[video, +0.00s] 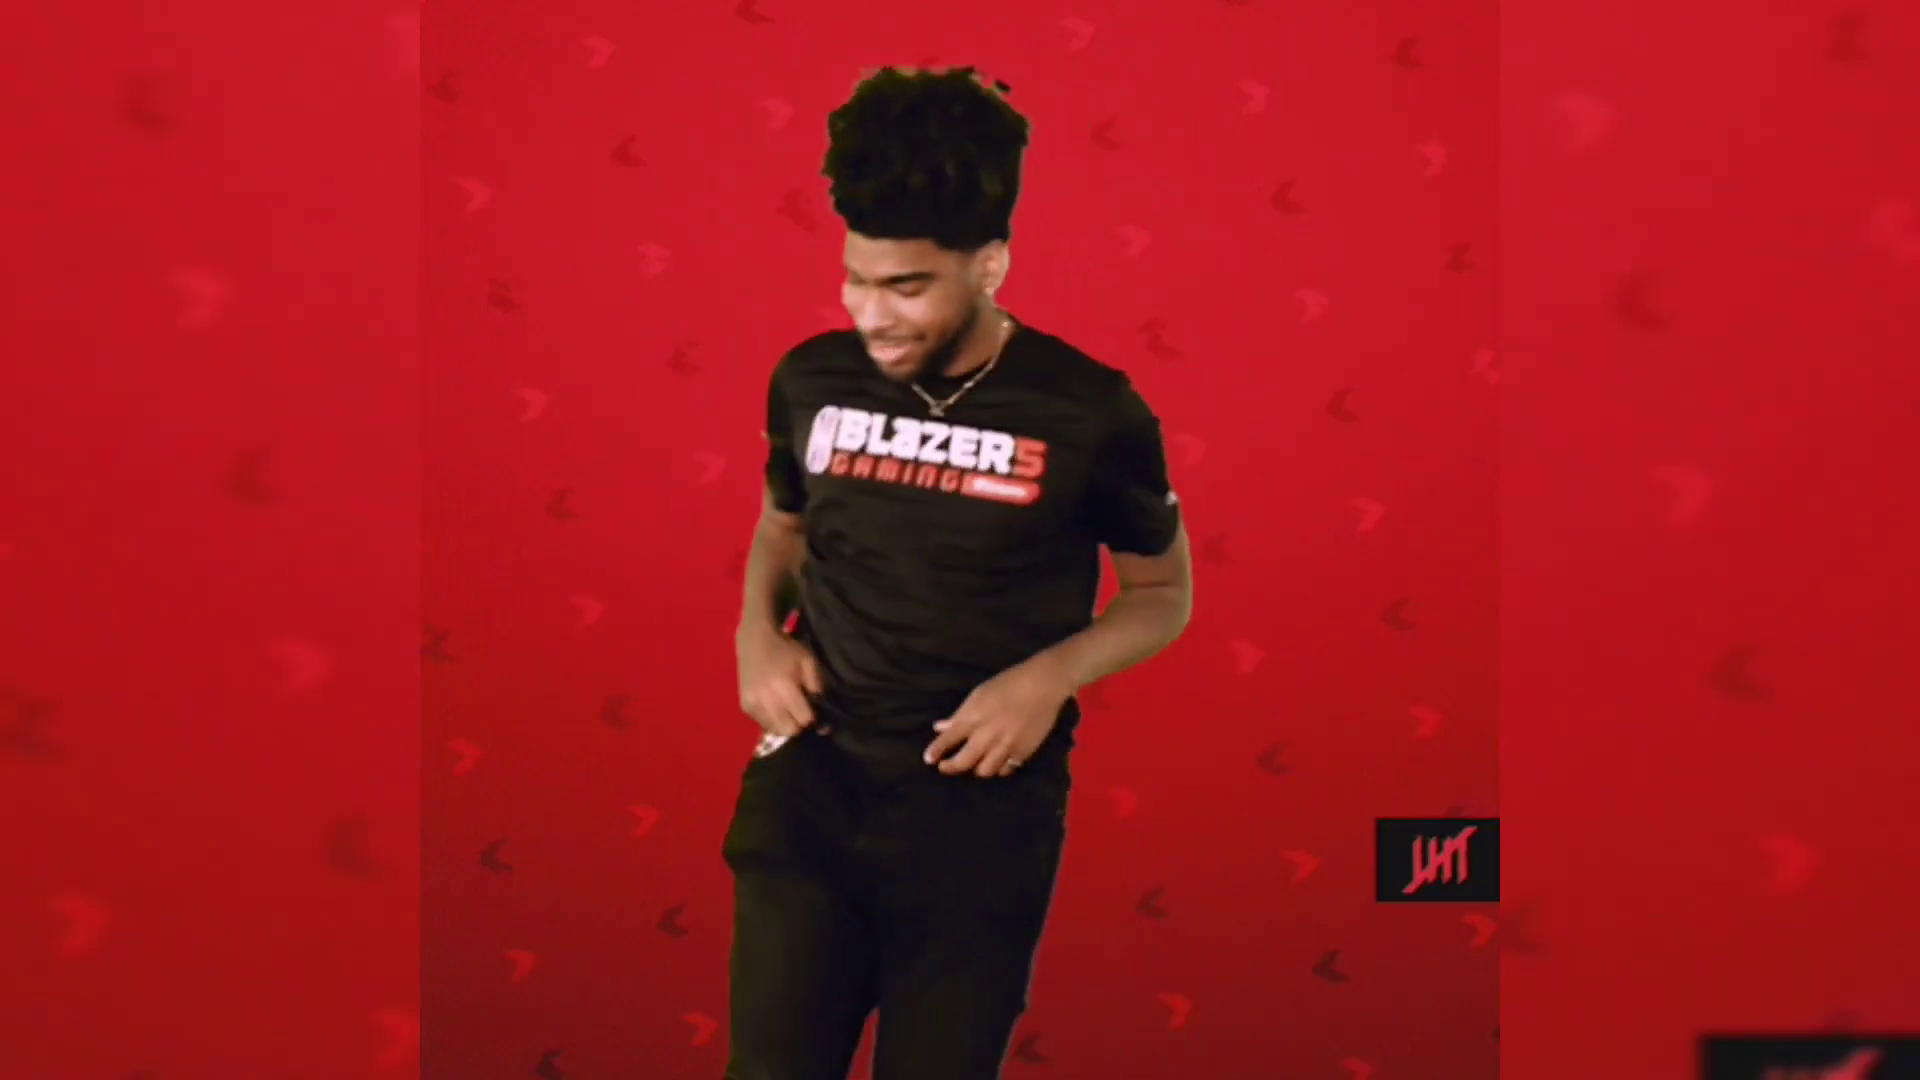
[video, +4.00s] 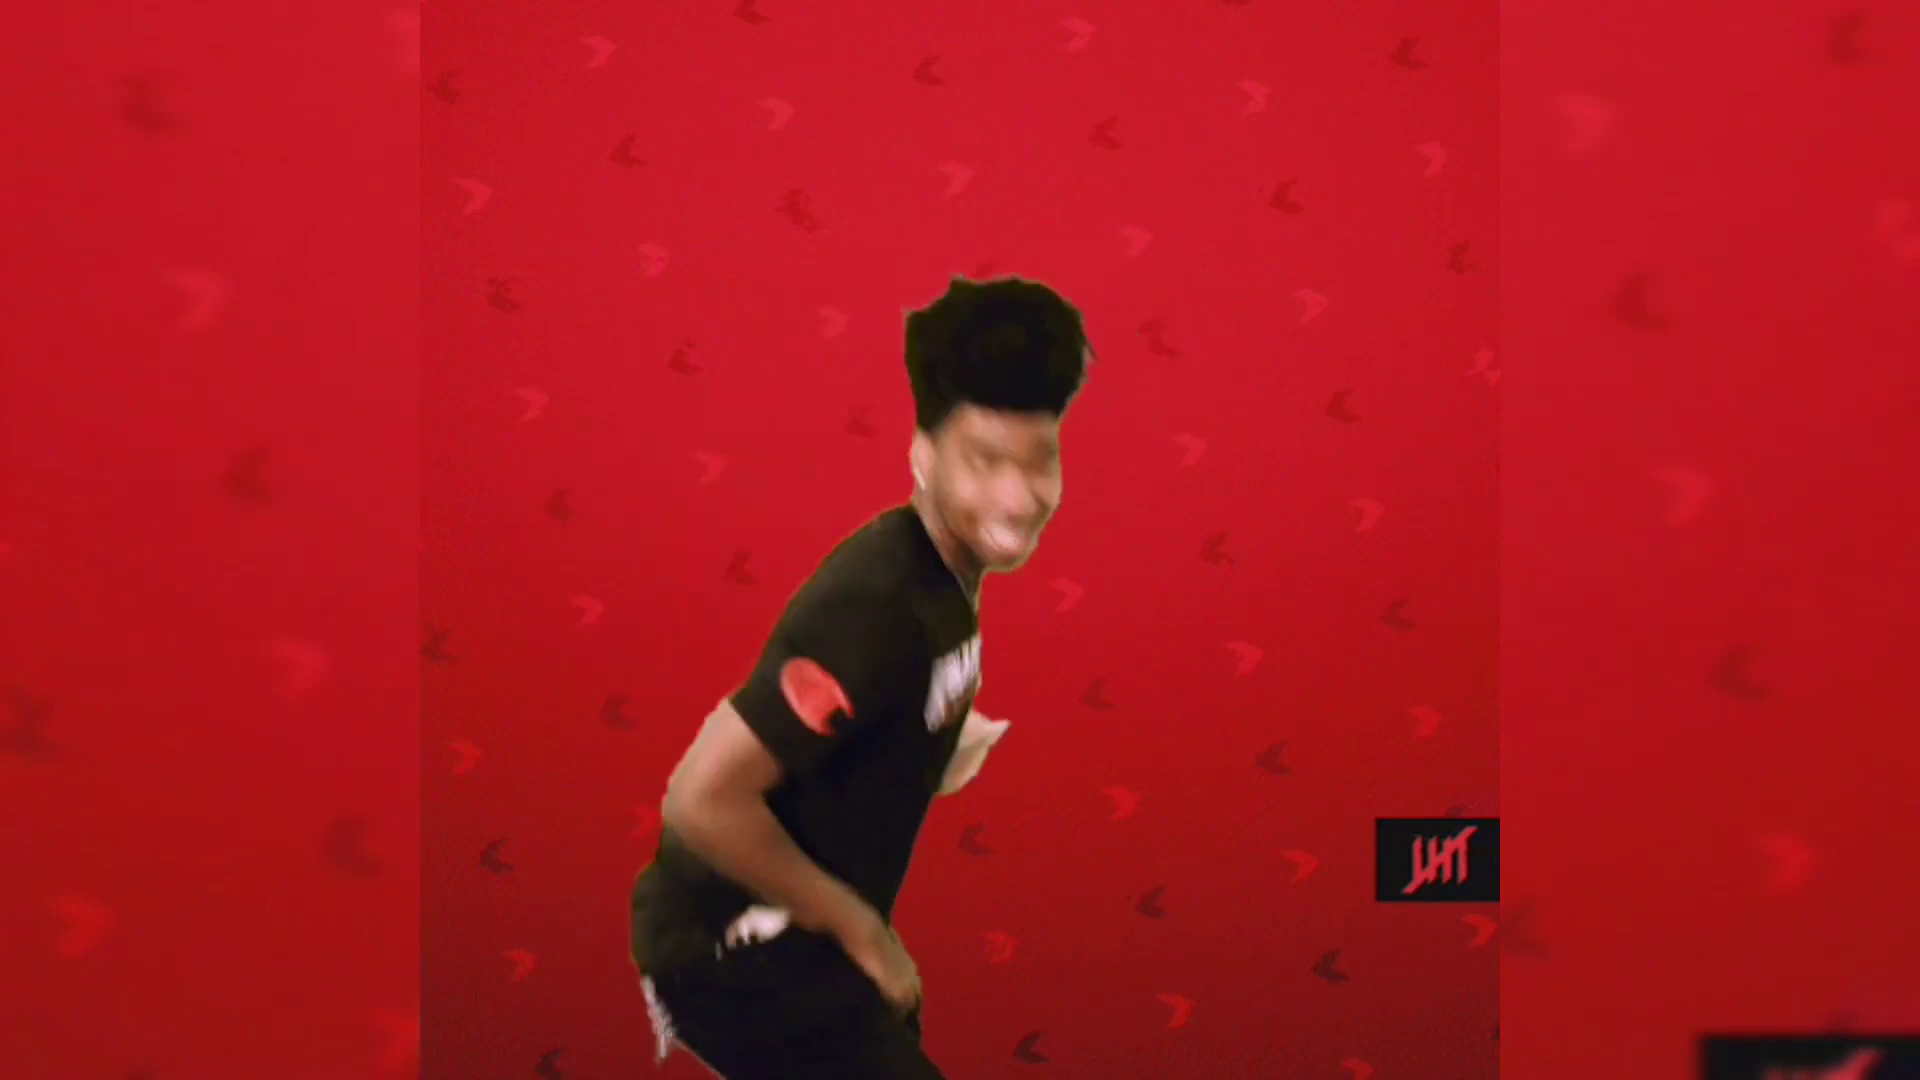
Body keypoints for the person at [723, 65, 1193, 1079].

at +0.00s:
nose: (873, 315)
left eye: (907, 285)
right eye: (856, 278)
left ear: (992, 267)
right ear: (840, 254)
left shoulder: (1097, 420)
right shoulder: (811, 385)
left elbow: (1162, 594)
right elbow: (780, 534)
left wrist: (1048, 677)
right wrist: (756, 641)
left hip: (983, 822)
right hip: (807, 801)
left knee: (937, 1064)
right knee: (772, 1062)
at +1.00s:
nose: (956, 394)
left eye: (987, 359)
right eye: (925, 358)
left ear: (1020, 324)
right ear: (874, 327)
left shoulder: (1081, 463)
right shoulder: (780, 483)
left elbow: (1097, 611)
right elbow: (685, 663)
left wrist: (1097, 738)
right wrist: (766, 803)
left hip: (1057, 894)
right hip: (879, 907)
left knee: (1072, 1062)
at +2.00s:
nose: (703, 365)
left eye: (731, 325)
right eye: (687, 334)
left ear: (825, 305)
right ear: (679, 323)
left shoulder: (975, 438)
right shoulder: (690, 486)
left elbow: (1084, 643)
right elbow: (643, 681)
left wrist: (936, 621)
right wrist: (617, 843)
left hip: (944, 854)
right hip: (774, 867)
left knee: (881, 1055)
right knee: (780, 1056)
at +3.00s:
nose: (883, 476)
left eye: (893, 450)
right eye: (886, 448)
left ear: (745, 411)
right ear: (830, 434)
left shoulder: (586, 517)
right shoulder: (873, 542)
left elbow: (463, 656)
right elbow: (1013, 714)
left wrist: (592, 730)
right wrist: (887, 815)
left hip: (624, 948)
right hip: (819, 945)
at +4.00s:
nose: (1022, 497)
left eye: (1041, 460)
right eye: (987, 460)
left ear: (1062, 457)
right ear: (923, 457)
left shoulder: (942, 574)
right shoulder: (874, 608)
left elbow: (808, 741)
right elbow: (702, 799)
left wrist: (920, 768)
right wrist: (856, 924)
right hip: (744, 950)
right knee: (889, 1057)